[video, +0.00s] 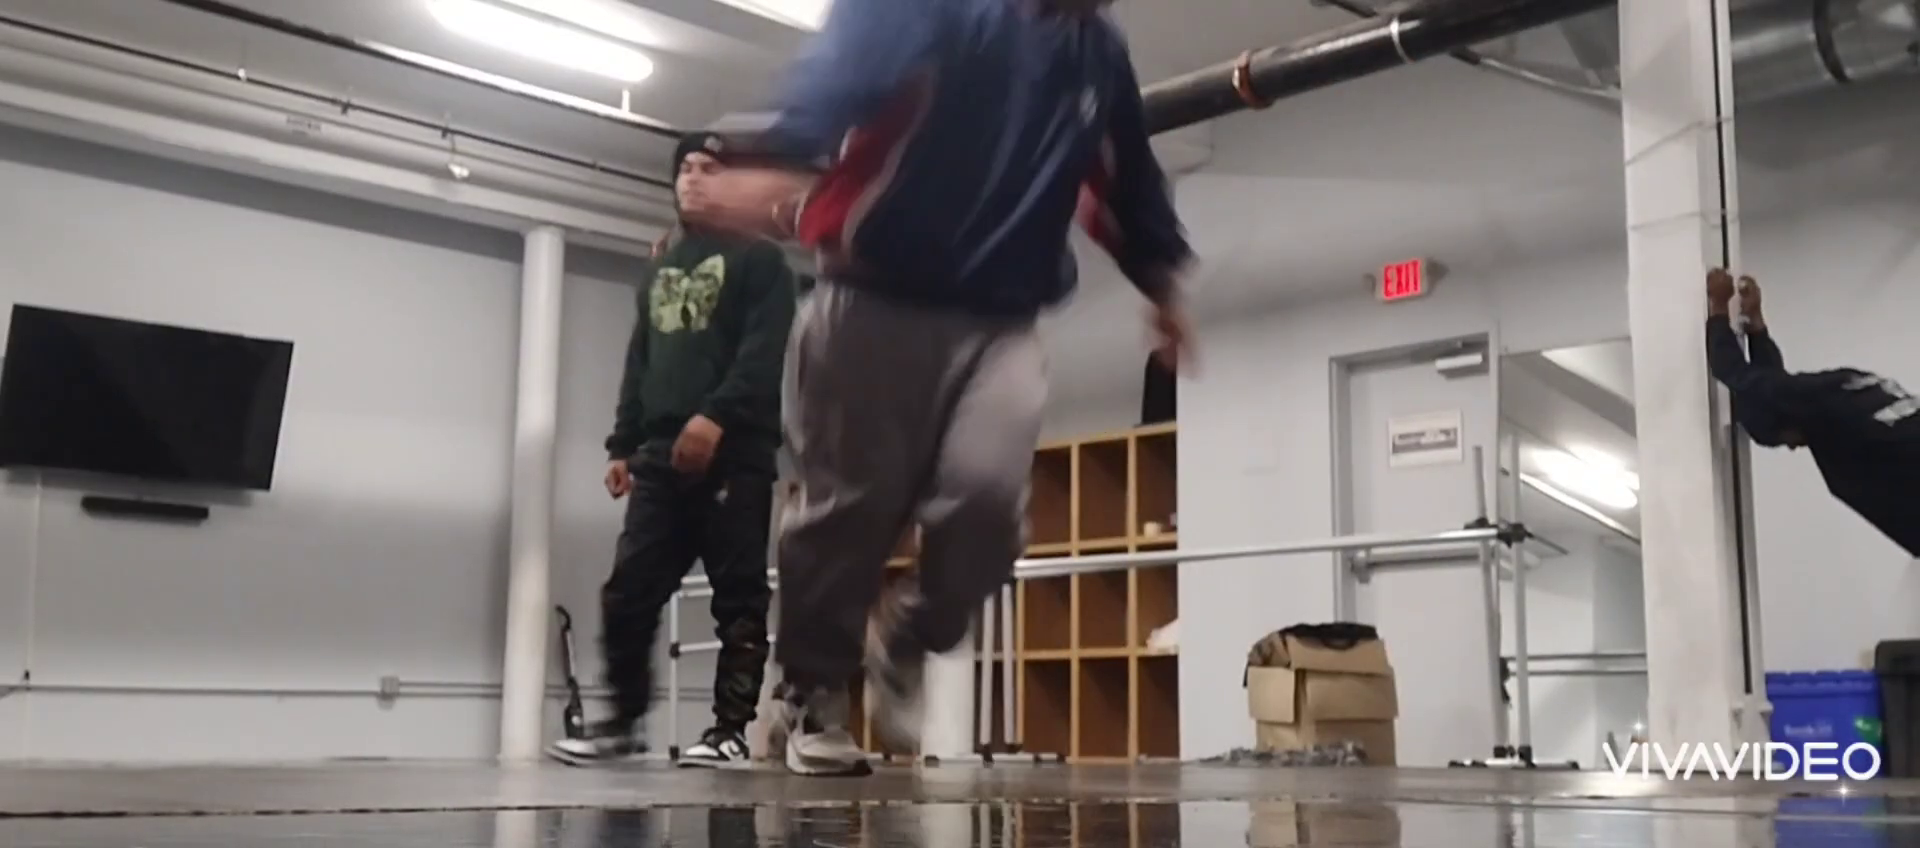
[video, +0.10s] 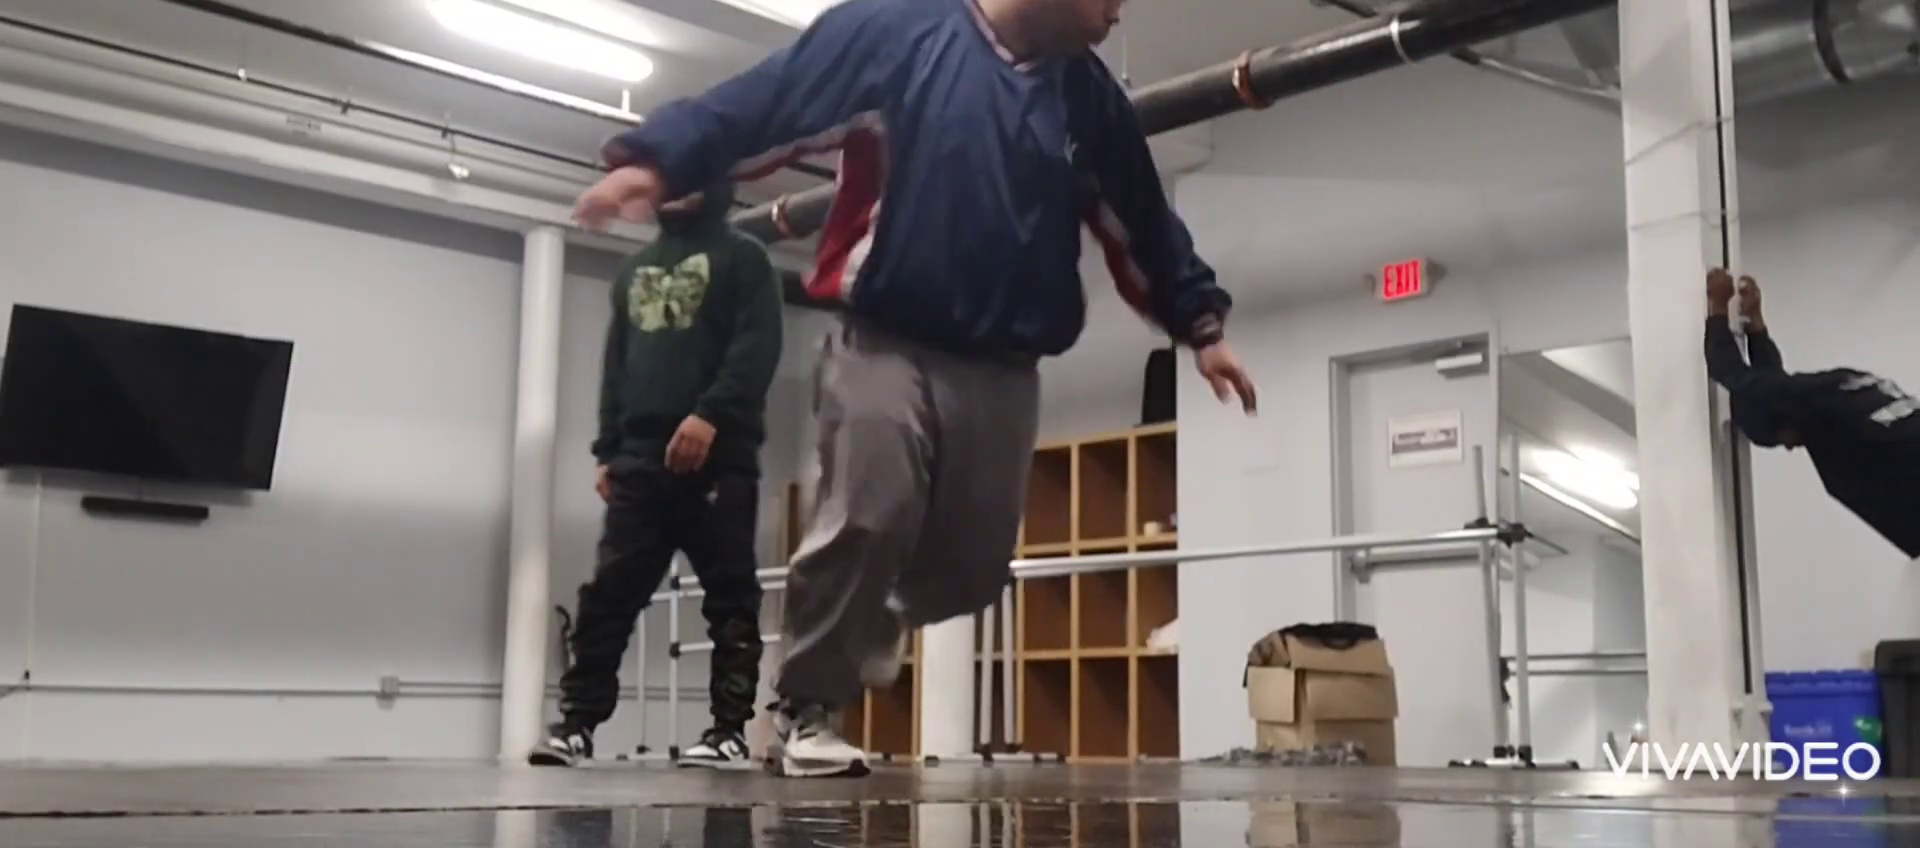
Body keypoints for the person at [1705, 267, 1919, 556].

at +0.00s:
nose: (1790, 447)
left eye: (1782, 439)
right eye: (1781, 444)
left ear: (1787, 420)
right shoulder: (1849, 385)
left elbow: (1733, 375)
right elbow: (1774, 386)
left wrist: (1717, 309)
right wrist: (1755, 323)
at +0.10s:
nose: (1788, 446)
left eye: (1779, 439)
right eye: (1778, 444)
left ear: (1783, 418)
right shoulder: (1845, 384)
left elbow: (1730, 375)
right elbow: (1773, 388)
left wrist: (1717, 309)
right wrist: (1754, 324)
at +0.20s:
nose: (1786, 447)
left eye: (1776, 439)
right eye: (1776, 445)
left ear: (1780, 418)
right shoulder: (1844, 385)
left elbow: (1726, 373)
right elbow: (1771, 391)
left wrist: (1717, 308)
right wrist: (1753, 323)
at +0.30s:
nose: (1783, 447)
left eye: (1773, 440)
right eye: (1773, 445)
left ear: (1777, 419)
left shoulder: (1806, 398)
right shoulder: (1840, 385)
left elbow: (1723, 373)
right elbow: (1767, 388)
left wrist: (1717, 307)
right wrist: (1753, 322)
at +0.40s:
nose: (1781, 448)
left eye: (1771, 441)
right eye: (1771, 447)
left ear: (1774, 422)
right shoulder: (1839, 387)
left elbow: (1722, 375)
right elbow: (1765, 388)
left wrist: (1716, 308)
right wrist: (1752, 324)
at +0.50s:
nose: (1779, 448)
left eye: (1769, 441)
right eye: (1769, 447)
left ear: (1771, 423)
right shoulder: (1834, 387)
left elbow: (1718, 375)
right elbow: (1763, 391)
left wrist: (1716, 308)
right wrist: (1752, 324)